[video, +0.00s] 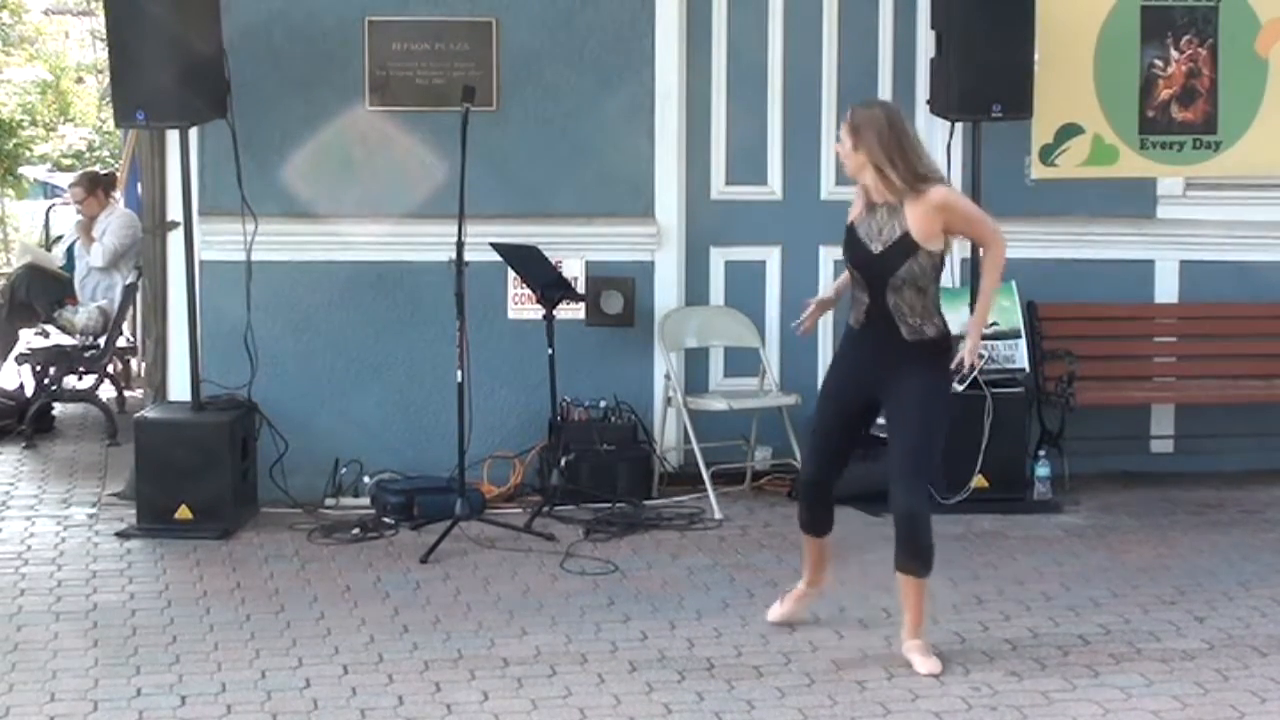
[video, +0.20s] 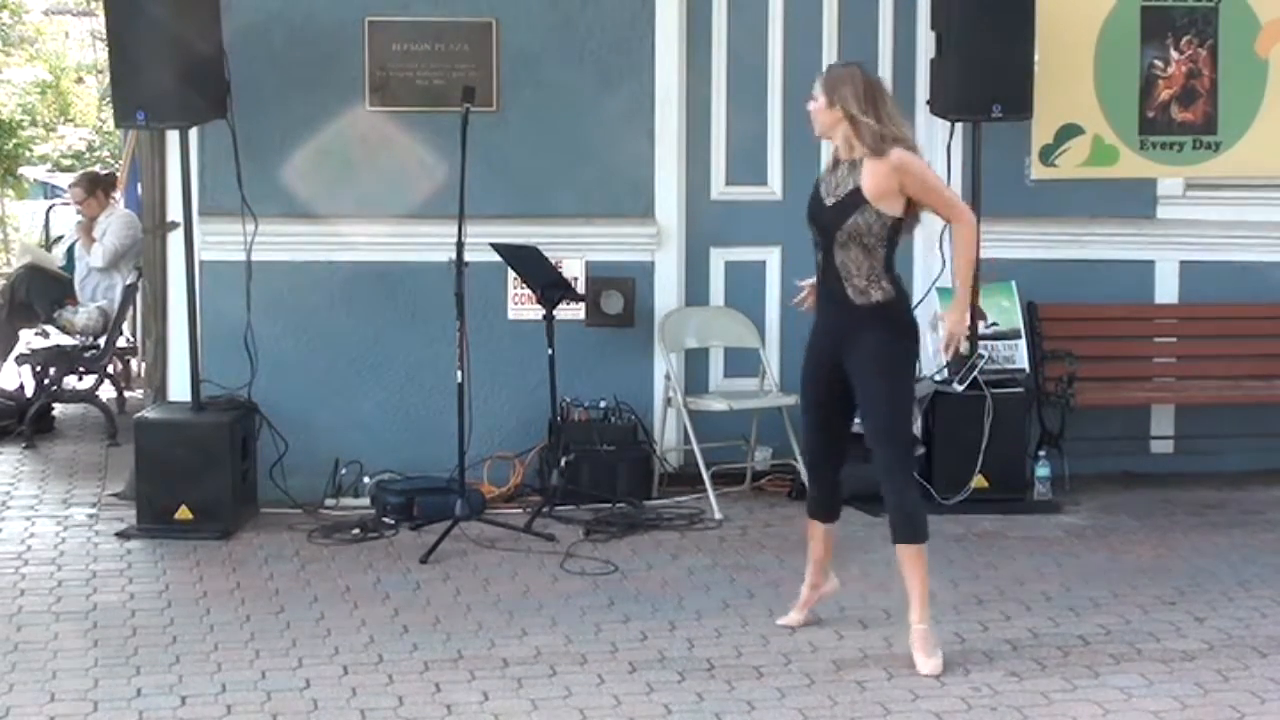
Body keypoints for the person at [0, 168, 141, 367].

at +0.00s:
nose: (77, 209)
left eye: (80, 203)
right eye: (75, 204)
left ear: (100, 195)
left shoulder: (125, 220)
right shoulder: (87, 223)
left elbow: (103, 258)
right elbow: (58, 259)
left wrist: (84, 235)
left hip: (104, 309)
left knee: (29, 275)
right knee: (13, 312)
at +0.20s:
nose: (77, 209)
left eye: (81, 203)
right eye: (75, 204)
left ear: (99, 196)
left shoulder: (125, 220)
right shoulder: (89, 224)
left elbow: (103, 259)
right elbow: (59, 259)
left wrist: (85, 236)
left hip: (104, 310)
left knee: (29, 275)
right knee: (11, 314)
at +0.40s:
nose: (77, 209)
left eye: (81, 203)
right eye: (75, 204)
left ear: (99, 196)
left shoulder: (125, 221)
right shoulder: (88, 224)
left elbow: (103, 259)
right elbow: (59, 259)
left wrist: (87, 231)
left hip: (103, 311)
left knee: (29, 275)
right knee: (11, 314)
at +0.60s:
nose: (78, 210)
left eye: (80, 203)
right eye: (75, 205)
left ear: (99, 196)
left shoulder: (125, 220)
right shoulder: (84, 235)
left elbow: (100, 254)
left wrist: (92, 229)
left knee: (29, 276)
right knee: (11, 315)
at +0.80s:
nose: (77, 211)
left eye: (80, 204)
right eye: (75, 206)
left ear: (99, 196)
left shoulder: (125, 220)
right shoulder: (83, 233)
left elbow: (99, 249)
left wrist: (92, 226)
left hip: (101, 315)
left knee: (29, 276)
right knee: (11, 315)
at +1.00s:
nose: (77, 212)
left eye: (79, 205)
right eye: (75, 206)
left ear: (98, 196)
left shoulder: (125, 220)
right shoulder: (83, 231)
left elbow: (98, 248)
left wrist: (92, 225)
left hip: (100, 315)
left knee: (29, 276)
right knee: (11, 315)